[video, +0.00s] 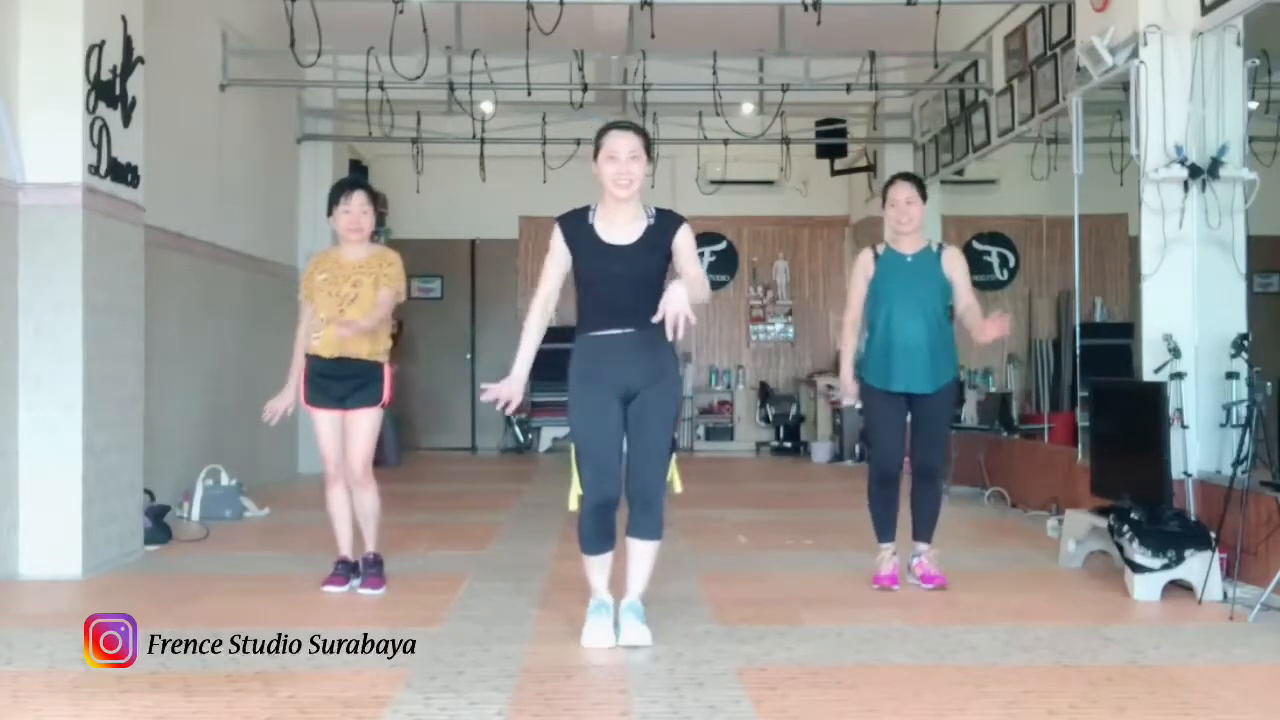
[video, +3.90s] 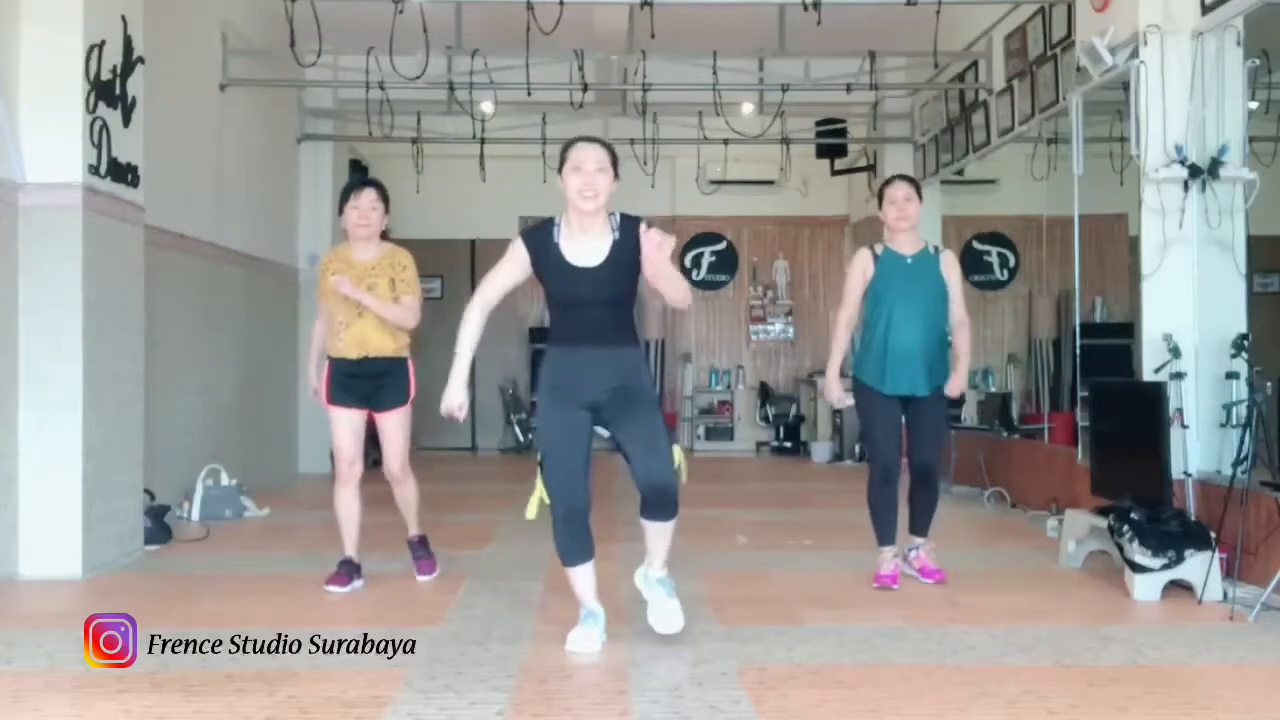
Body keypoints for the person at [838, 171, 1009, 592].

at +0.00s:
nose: (902, 211)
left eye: (910, 203)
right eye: (894, 204)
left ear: (924, 208)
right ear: (884, 212)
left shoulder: (948, 257)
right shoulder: (870, 260)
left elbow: (968, 308)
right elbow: (852, 320)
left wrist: (982, 329)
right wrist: (846, 372)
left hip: (936, 381)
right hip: (882, 381)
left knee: (930, 466)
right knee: (884, 465)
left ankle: (923, 553)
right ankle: (887, 552)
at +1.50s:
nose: (897, 212)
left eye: (906, 205)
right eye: (891, 205)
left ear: (923, 209)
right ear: (883, 210)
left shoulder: (943, 262)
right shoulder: (864, 258)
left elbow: (954, 325)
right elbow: (844, 320)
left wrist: (964, 381)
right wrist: (837, 376)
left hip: (927, 384)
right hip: (870, 383)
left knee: (926, 468)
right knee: (880, 465)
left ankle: (921, 554)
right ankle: (885, 555)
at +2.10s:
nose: (890, 208)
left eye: (899, 200)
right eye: (882, 201)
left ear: (913, 206)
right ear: (873, 208)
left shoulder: (935, 257)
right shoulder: (857, 254)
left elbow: (950, 320)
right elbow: (834, 309)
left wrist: (958, 378)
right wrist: (856, 328)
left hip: (920, 379)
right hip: (867, 379)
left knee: (915, 465)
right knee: (878, 464)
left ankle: (907, 543)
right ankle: (886, 552)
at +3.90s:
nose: (900, 207)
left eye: (908, 200)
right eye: (892, 202)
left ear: (921, 207)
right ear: (881, 211)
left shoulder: (944, 260)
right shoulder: (867, 258)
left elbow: (959, 319)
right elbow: (846, 316)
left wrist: (961, 370)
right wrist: (832, 370)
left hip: (930, 381)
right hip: (877, 380)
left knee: (926, 467)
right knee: (884, 465)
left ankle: (918, 548)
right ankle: (887, 555)